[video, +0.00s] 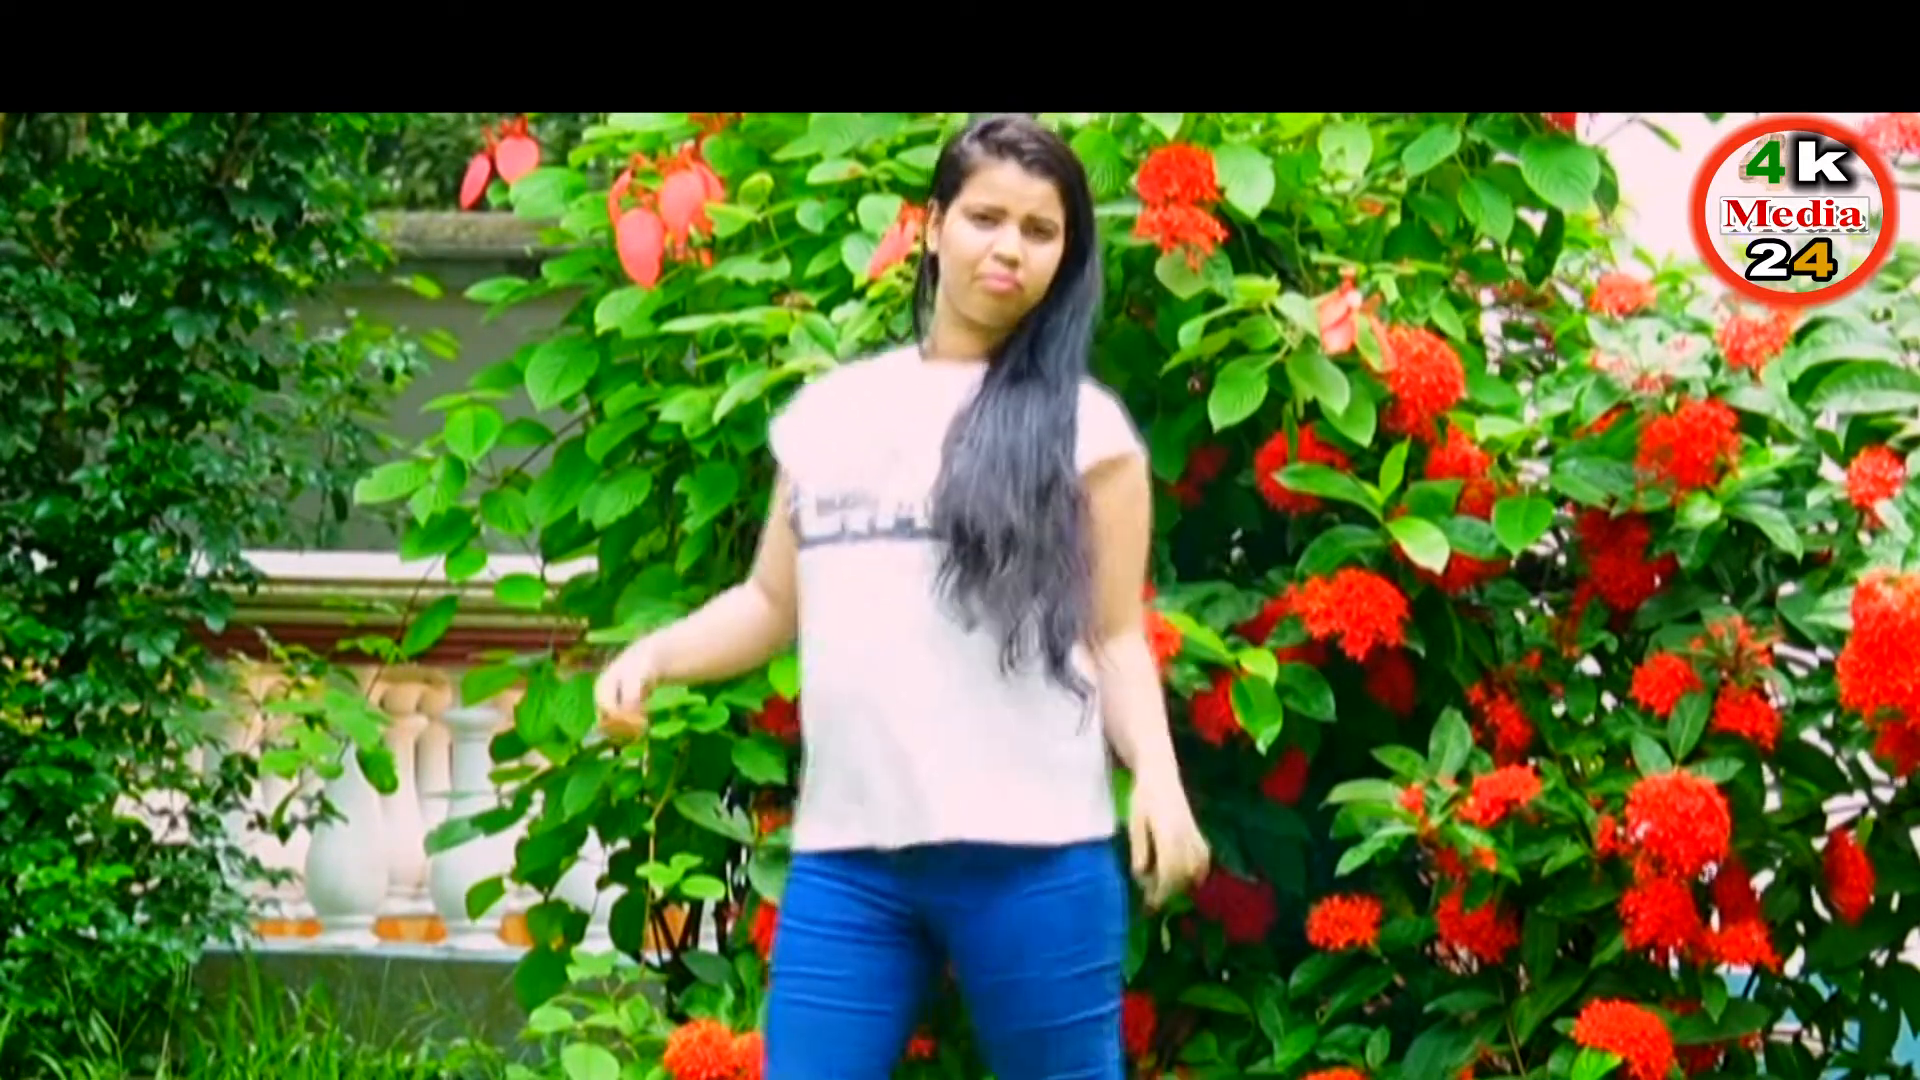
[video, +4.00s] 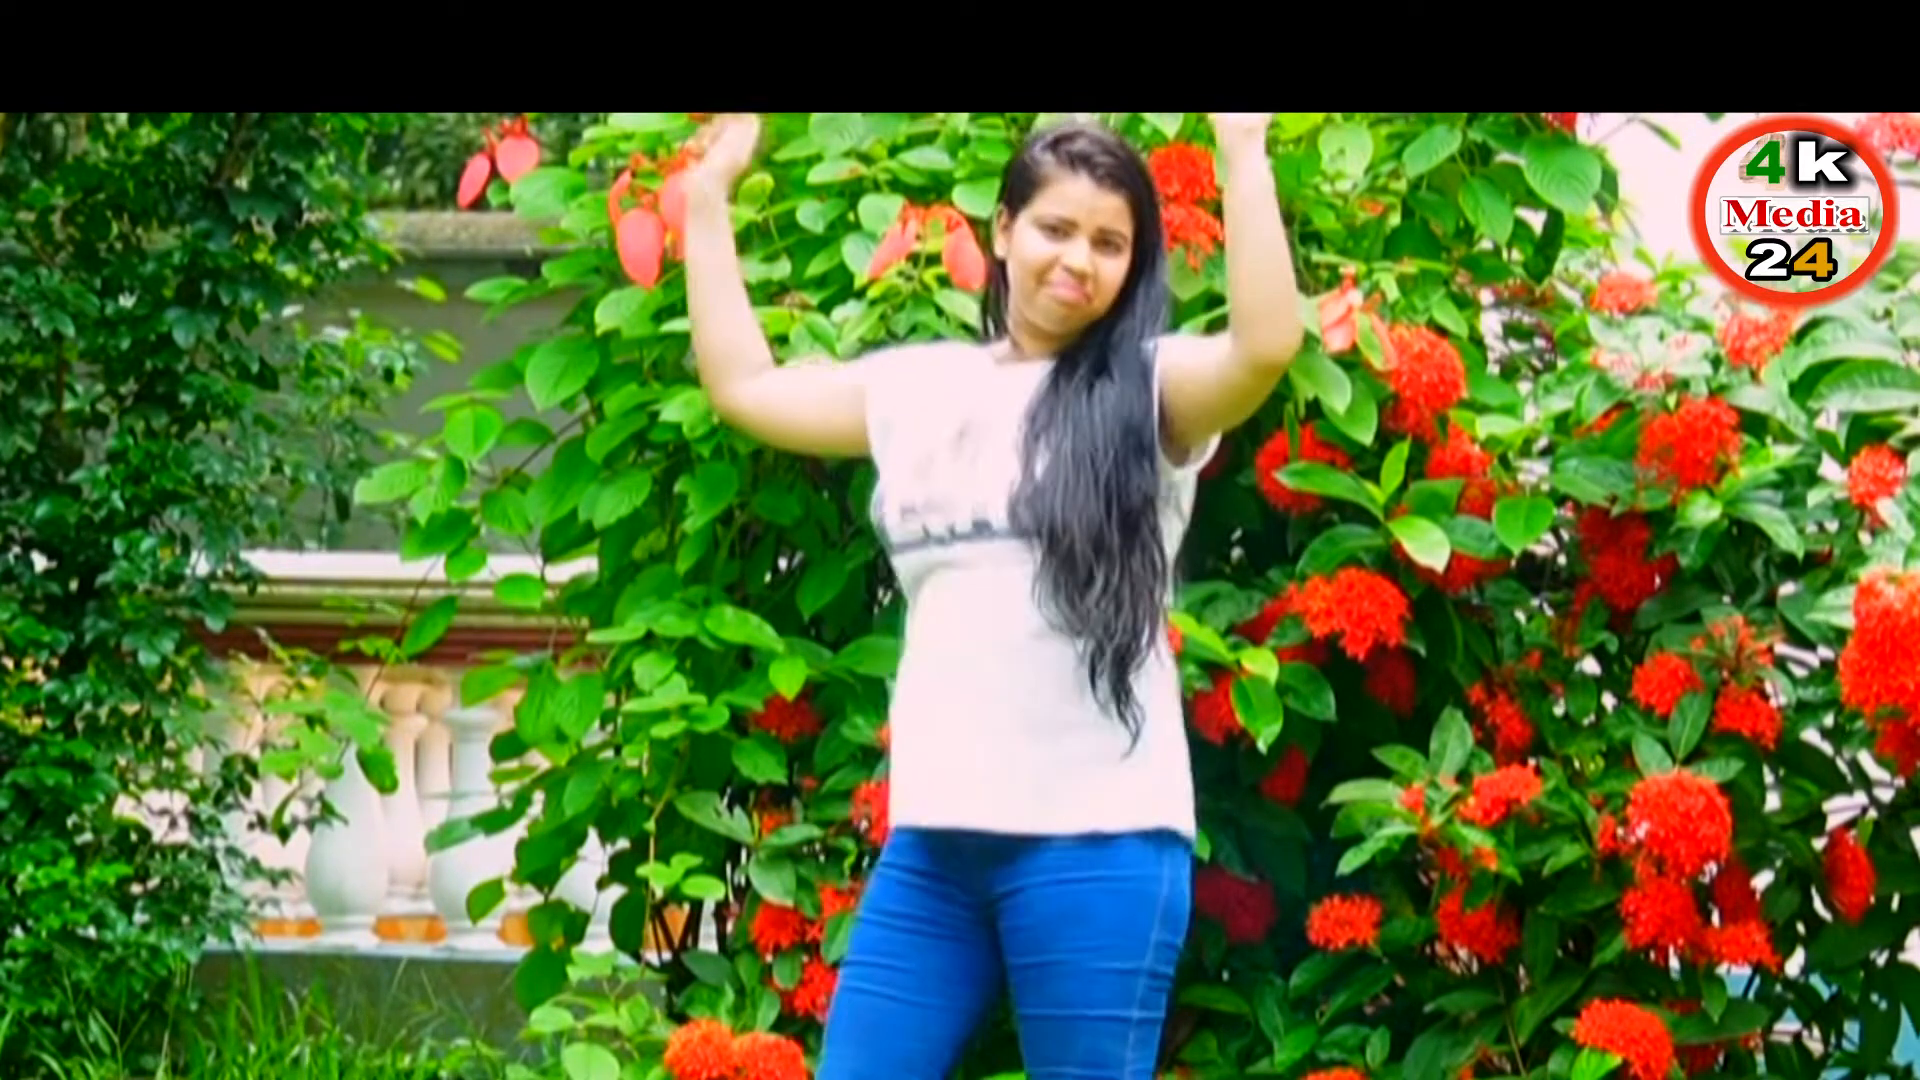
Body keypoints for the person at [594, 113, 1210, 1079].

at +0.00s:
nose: (1008, 250)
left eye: (1038, 232)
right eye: (986, 219)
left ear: (1068, 259)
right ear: (934, 227)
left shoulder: (1084, 423)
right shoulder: (826, 411)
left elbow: (1118, 633)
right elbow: (770, 601)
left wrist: (1158, 779)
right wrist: (657, 653)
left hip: (1036, 863)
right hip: (845, 862)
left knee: (1069, 1071)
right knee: (805, 1069)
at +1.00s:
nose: (1068, 267)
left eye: (1099, 246)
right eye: (1046, 237)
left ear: (1138, 272)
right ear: (1007, 250)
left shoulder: (1145, 408)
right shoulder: (977, 439)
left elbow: (1213, 613)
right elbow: (910, 641)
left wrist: (1207, 769)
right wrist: (772, 758)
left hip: (1083, 864)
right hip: (929, 849)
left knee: (1059, 1069)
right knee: (874, 1070)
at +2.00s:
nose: (1032, 240)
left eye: (1057, 225)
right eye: (1011, 207)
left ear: (1076, 254)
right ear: (947, 208)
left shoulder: (1095, 381)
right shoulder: (831, 394)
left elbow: (1172, 574)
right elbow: (723, 564)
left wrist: (1233, 489)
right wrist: (578, 468)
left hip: (1028, 829)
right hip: (836, 826)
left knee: (1053, 1071)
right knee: (823, 1071)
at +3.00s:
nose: (1081, 264)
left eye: (1111, 243)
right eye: (1059, 232)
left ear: (1139, 267)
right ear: (1008, 238)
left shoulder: (1141, 391)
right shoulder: (983, 409)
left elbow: (1259, 473)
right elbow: (900, 503)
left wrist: (1283, 281)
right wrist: (821, 339)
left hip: (1106, 847)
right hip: (968, 851)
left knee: (1082, 1072)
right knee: (893, 1070)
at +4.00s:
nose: (1077, 262)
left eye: (1108, 243)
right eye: (1055, 229)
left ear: (1133, 265)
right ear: (1003, 230)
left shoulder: (1147, 387)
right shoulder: (914, 385)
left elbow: (1268, 340)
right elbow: (744, 387)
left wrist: (1245, 145)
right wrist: (703, 196)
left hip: (1100, 852)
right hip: (928, 849)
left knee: (1086, 1072)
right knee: (853, 1070)